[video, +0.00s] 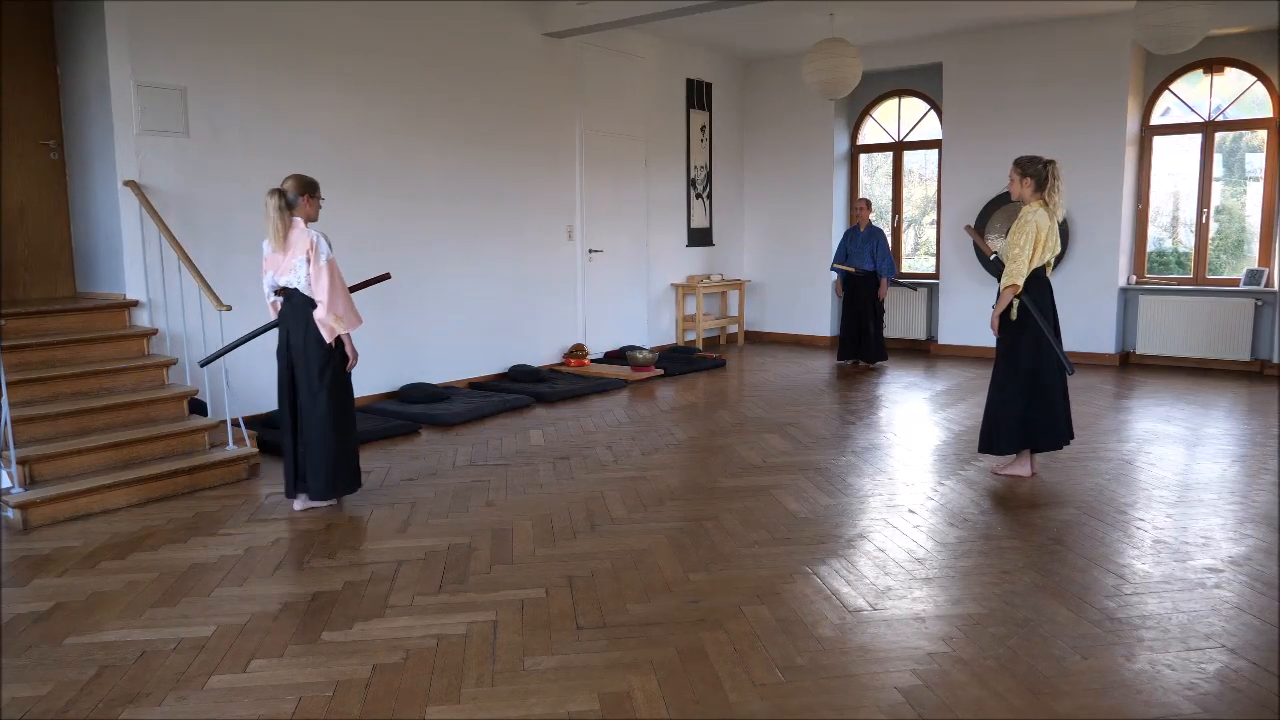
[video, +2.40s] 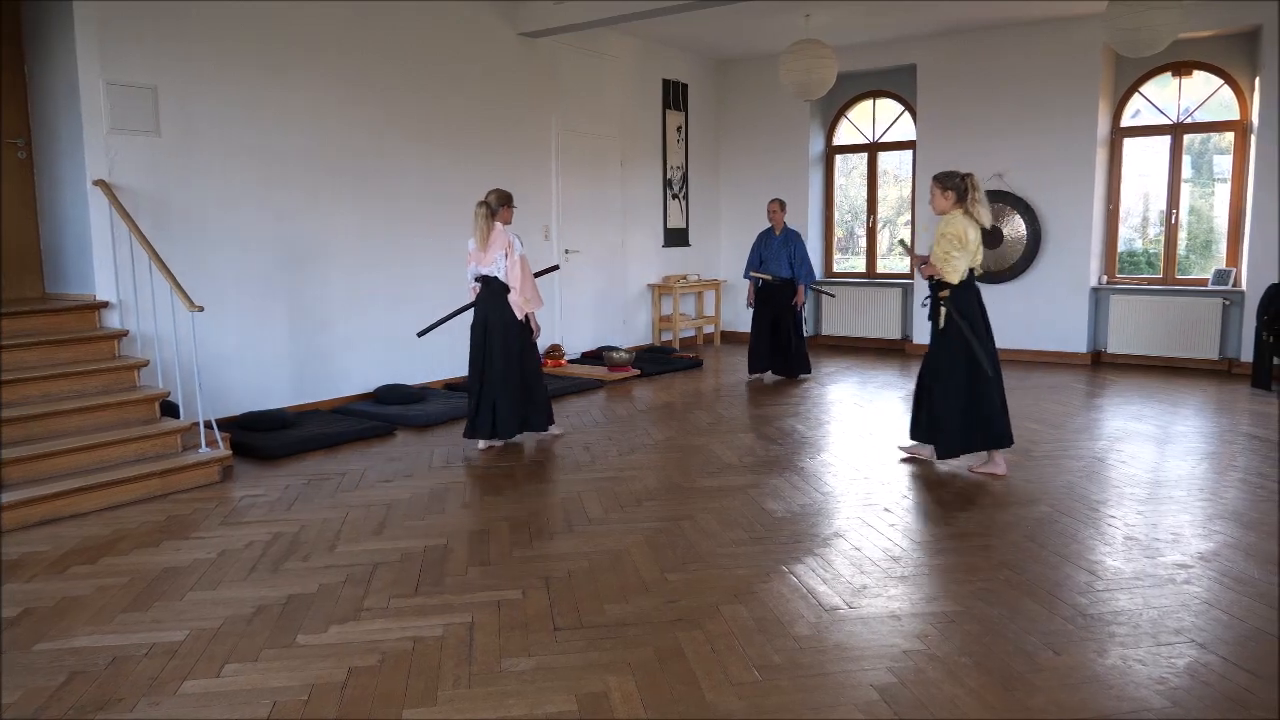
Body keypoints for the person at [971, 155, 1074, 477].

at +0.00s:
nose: (1008, 185)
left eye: (1012, 180)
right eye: (1009, 179)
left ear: (1027, 183)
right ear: (1032, 183)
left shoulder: (1029, 218)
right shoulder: (1045, 215)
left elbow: (1017, 268)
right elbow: (1013, 257)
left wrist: (998, 308)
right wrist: (983, 243)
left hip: (1024, 302)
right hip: (1038, 299)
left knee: (1022, 376)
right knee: (1029, 376)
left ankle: (1023, 459)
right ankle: (1023, 455)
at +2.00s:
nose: (973, 188)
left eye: (976, 183)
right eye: (973, 183)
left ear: (992, 186)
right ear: (998, 186)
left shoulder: (993, 217)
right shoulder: (1013, 215)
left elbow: (983, 269)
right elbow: (1006, 263)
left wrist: (964, 308)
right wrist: (965, 261)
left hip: (990, 301)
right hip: (1005, 298)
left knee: (995, 375)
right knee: (1000, 374)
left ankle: (1002, 457)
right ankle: (1001, 451)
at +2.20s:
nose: (956, 192)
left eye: (959, 187)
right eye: (957, 186)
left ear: (975, 188)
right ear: (980, 189)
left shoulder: (976, 218)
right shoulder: (995, 215)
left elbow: (983, 265)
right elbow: (996, 257)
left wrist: (950, 277)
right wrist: (956, 250)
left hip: (978, 304)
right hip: (991, 301)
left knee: (988, 376)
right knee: (984, 375)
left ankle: (999, 458)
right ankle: (984, 449)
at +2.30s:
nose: (945, 195)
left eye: (948, 190)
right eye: (945, 189)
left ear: (963, 191)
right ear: (969, 191)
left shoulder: (965, 220)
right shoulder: (984, 217)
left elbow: (971, 265)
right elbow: (981, 258)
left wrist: (942, 266)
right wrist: (940, 252)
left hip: (966, 303)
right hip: (981, 300)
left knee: (950, 373)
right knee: (985, 375)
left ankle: (997, 459)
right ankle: (949, 443)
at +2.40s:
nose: (930, 200)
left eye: (933, 194)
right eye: (931, 194)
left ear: (949, 196)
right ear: (954, 196)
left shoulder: (951, 226)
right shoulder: (970, 222)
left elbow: (951, 272)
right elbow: (974, 263)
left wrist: (926, 270)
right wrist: (934, 261)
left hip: (955, 306)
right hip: (969, 302)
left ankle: (996, 459)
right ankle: (930, 445)